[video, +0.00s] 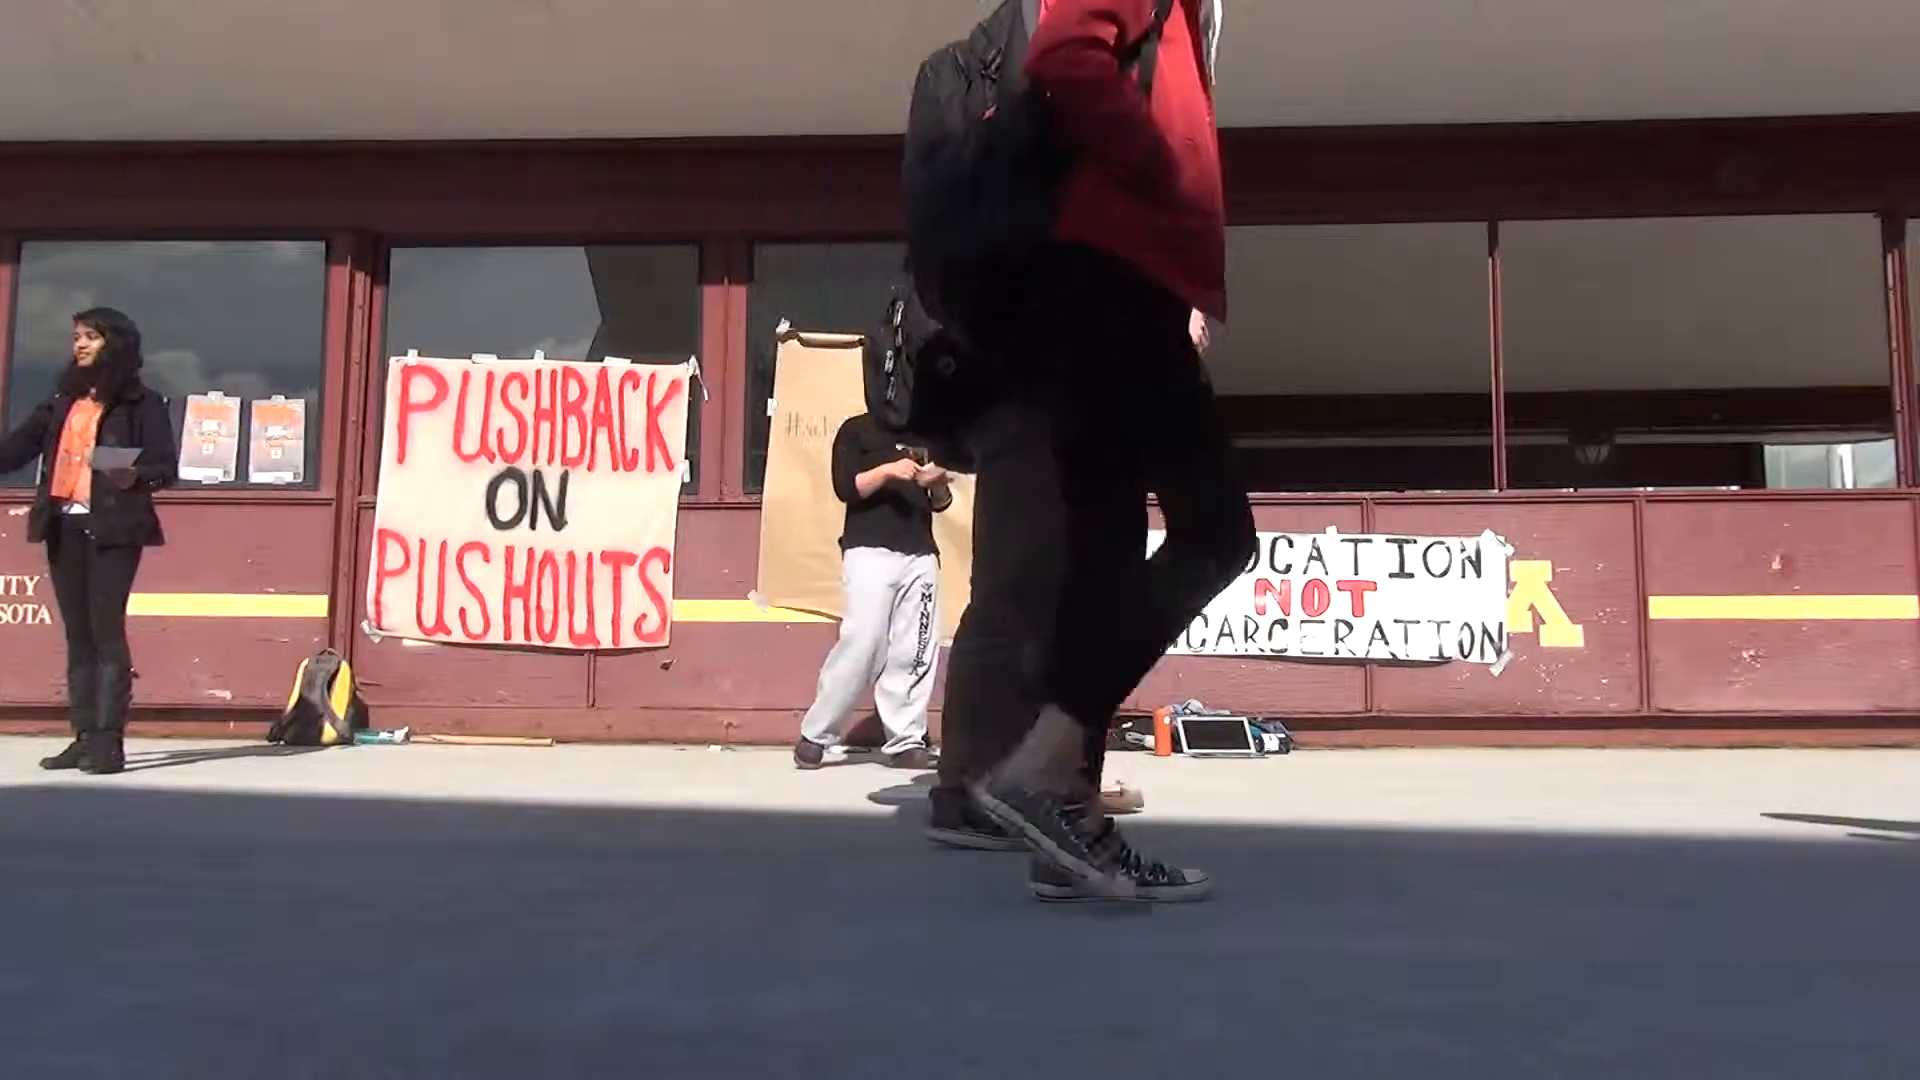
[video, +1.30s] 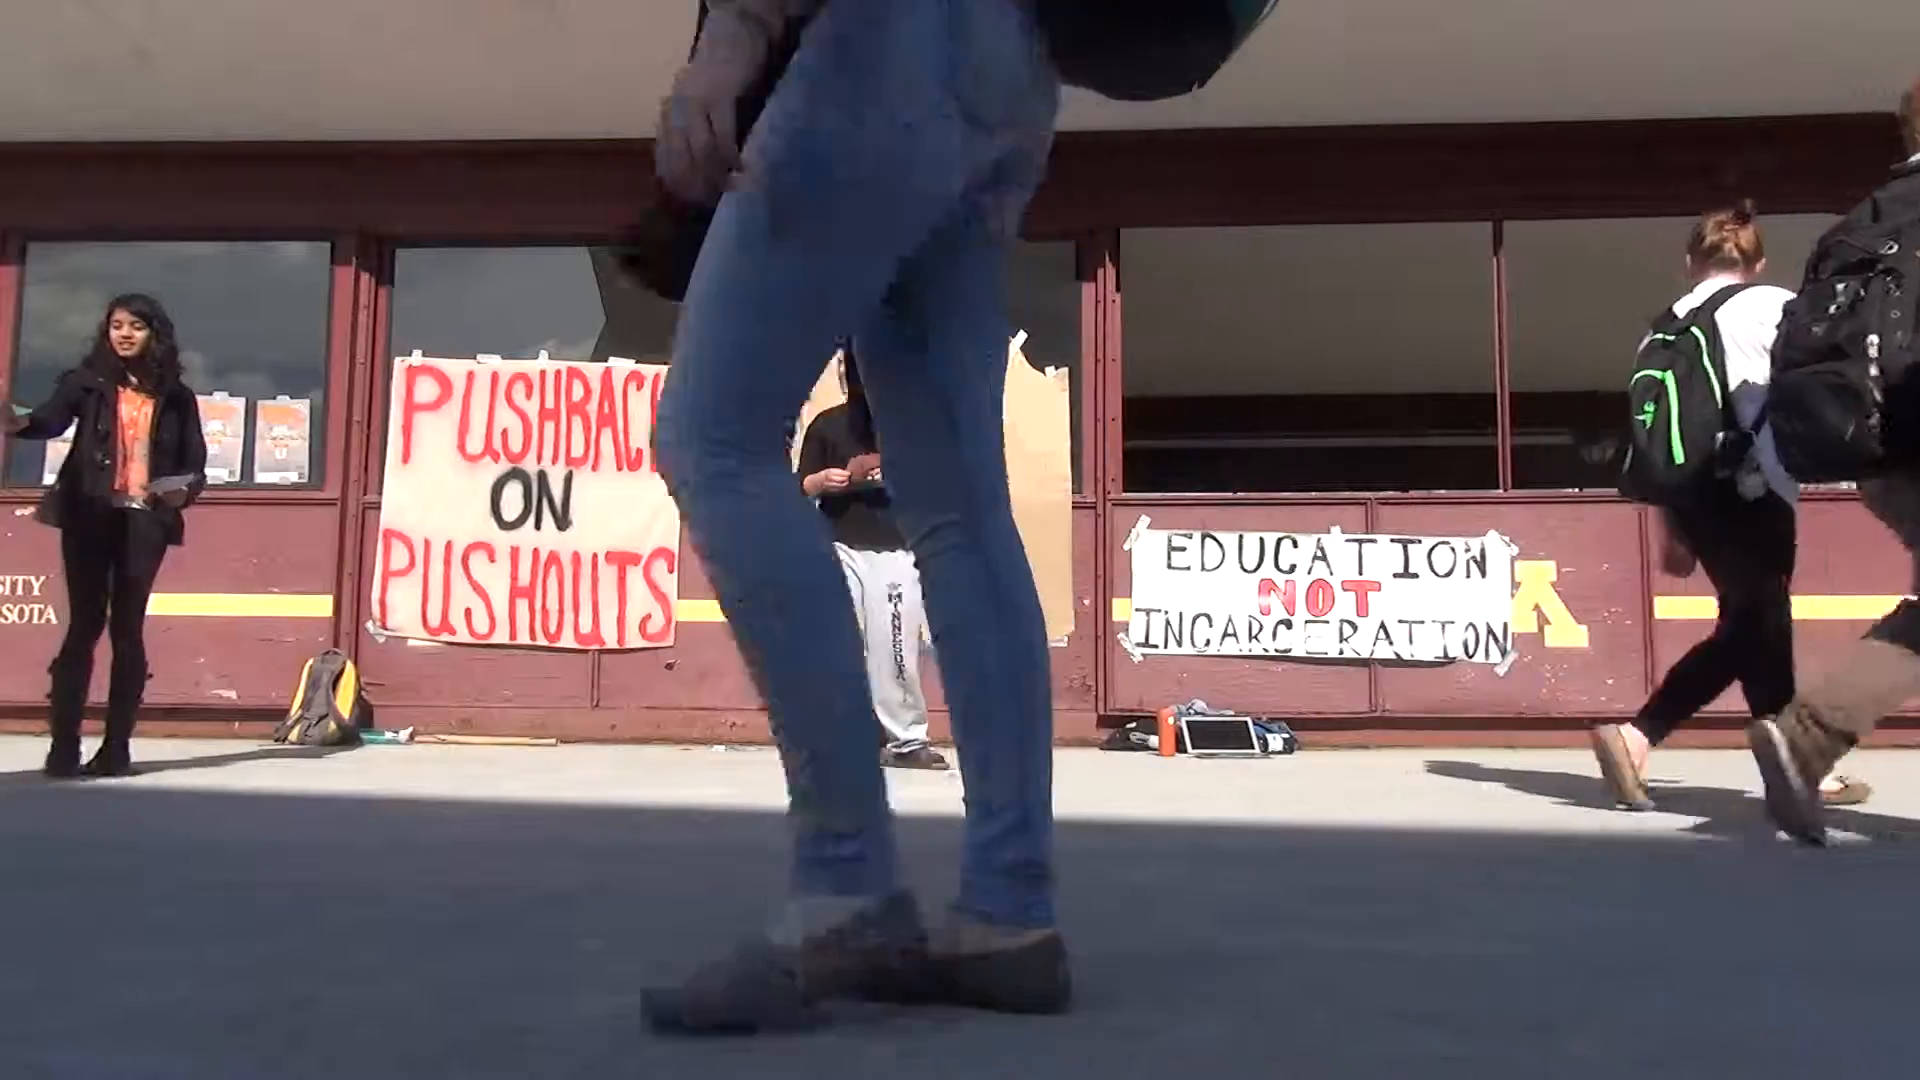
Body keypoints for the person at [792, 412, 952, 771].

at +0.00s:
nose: (895, 396)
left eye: (902, 388)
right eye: (888, 386)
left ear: (912, 393)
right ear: (872, 387)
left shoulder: (922, 437)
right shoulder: (855, 431)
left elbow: (942, 503)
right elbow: (846, 488)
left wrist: (937, 480)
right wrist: (887, 470)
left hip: (918, 551)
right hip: (870, 548)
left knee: (912, 650)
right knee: (864, 642)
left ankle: (905, 741)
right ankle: (816, 735)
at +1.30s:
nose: (851, 376)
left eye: (858, 366)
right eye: (847, 366)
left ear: (882, 372)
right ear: (841, 372)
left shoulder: (907, 419)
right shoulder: (827, 425)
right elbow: (802, 486)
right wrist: (825, 479)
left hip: (895, 546)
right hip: (840, 545)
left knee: (896, 642)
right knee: (838, 641)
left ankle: (906, 737)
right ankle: (844, 743)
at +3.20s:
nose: (911, 375)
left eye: (919, 369)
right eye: (904, 369)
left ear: (931, 378)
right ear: (890, 377)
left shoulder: (952, 431)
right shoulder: (868, 431)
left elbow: (970, 491)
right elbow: (849, 493)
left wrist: (938, 485)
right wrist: (882, 488)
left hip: (932, 552)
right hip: (878, 549)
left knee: (920, 646)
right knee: (867, 643)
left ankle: (909, 741)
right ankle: (851, 743)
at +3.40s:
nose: (933, 386)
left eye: (939, 379)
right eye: (925, 378)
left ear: (944, 382)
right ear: (904, 380)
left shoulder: (950, 430)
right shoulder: (881, 426)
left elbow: (969, 489)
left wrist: (939, 481)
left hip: (932, 548)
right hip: (880, 543)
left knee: (924, 648)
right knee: (864, 644)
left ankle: (908, 745)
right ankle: (847, 747)